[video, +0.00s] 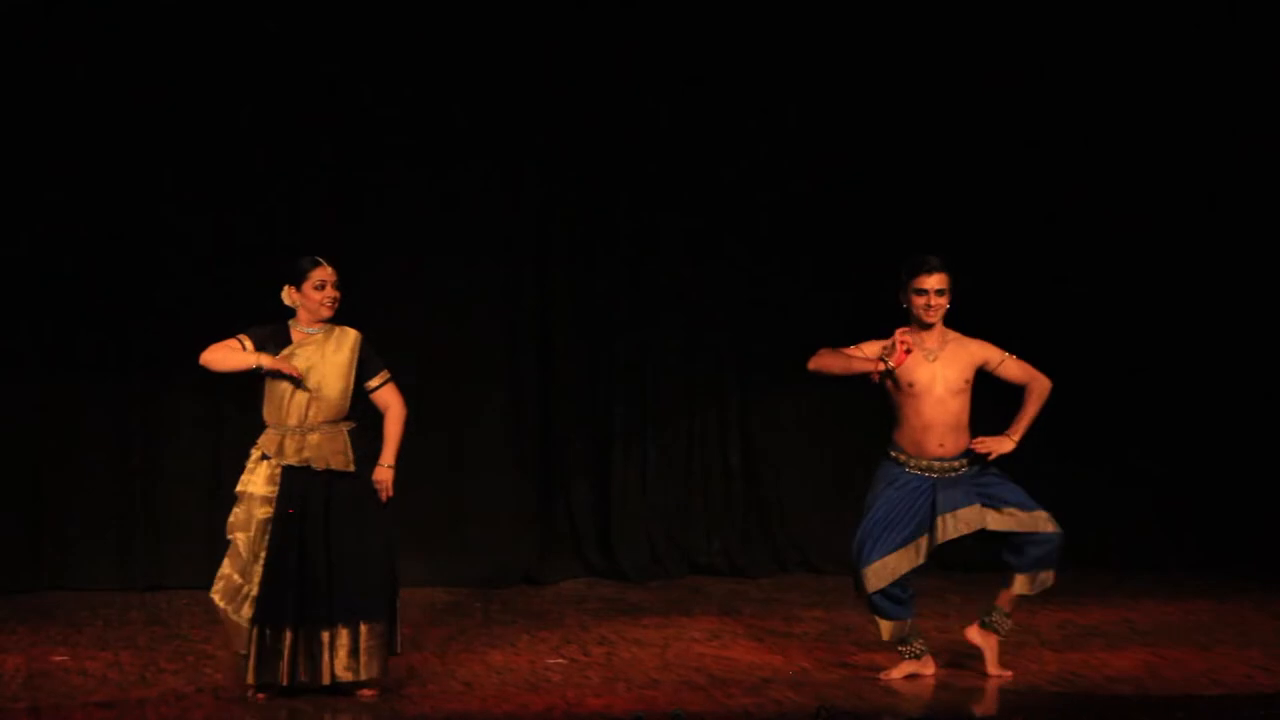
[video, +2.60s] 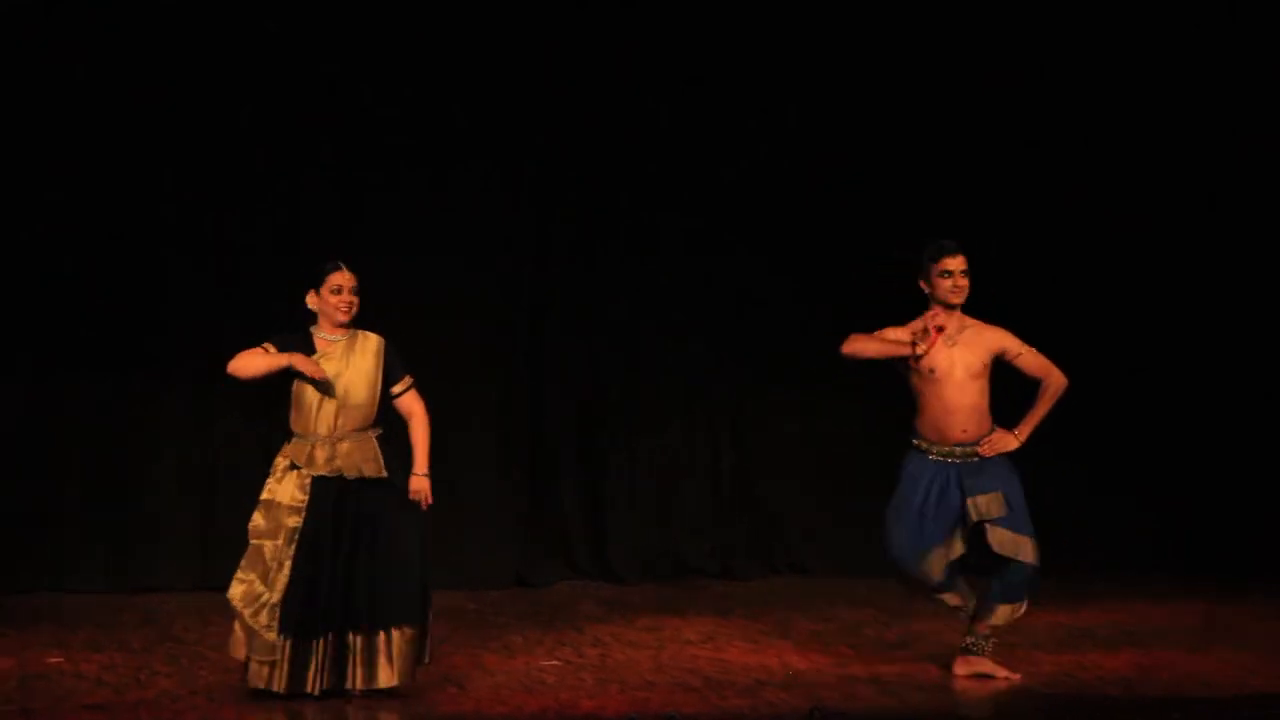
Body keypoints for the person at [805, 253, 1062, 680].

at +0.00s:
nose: (931, 301)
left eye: (939, 293)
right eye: (921, 293)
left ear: (949, 298)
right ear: (907, 298)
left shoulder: (972, 350)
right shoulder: (889, 348)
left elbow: (1040, 383)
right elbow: (817, 363)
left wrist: (1012, 437)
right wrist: (879, 359)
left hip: (966, 471)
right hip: (905, 474)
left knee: (1042, 535)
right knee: (874, 559)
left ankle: (991, 627)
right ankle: (915, 654)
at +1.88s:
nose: (904, 284)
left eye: (915, 277)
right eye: (900, 276)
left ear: (937, 285)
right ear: (895, 282)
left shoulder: (971, 334)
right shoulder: (884, 339)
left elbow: (1037, 379)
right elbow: (799, 351)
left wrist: (1000, 435)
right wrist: (861, 342)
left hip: (965, 458)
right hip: (908, 458)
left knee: (1008, 545)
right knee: (899, 557)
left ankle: (935, 589)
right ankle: (924, 658)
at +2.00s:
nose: (894, 284)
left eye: (905, 277)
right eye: (890, 276)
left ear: (927, 284)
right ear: (885, 282)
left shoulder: (963, 332)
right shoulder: (875, 340)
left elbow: (1029, 377)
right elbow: (791, 350)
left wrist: (993, 434)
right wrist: (848, 337)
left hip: (955, 459)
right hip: (901, 457)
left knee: (956, 560)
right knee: (894, 555)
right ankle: (921, 656)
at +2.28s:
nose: (904, 287)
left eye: (914, 279)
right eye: (896, 279)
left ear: (930, 286)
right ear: (887, 285)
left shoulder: (964, 335)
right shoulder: (875, 343)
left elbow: (1026, 384)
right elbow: (801, 358)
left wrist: (990, 438)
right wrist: (863, 344)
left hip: (951, 462)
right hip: (896, 458)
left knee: (986, 555)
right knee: (871, 557)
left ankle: (912, 610)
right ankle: (884, 658)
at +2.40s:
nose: (925, 282)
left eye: (934, 274)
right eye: (915, 274)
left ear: (946, 281)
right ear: (903, 281)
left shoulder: (976, 331)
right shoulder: (893, 336)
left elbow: (1039, 379)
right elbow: (822, 358)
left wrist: (1003, 435)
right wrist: (881, 345)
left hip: (967, 457)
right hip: (909, 455)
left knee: (1006, 549)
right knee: (883, 549)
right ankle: (889, 658)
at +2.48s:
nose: (941, 282)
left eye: (949, 274)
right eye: (931, 274)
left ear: (958, 280)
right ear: (916, 282)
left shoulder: (984, 334)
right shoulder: (901, 337)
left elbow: (1050, 378)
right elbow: (836, 354)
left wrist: (1014, 433)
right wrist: (896, 344)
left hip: (978, 456)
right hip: (920, 456)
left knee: (1015, 551)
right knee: (889, 549)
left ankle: (975, 654)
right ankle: (914, 642)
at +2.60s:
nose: (958, 282)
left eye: (963, 274)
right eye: (946, 275)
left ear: (969, 280)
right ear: (927, 282)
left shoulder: (990, 337)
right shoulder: (912, 333)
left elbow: (1055, 380)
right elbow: (850, 347)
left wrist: (1019, 433)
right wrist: (910, 344)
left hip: (985, 459)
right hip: (929, 460)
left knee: (1014, 556)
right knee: (910, 550)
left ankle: (976, 652)